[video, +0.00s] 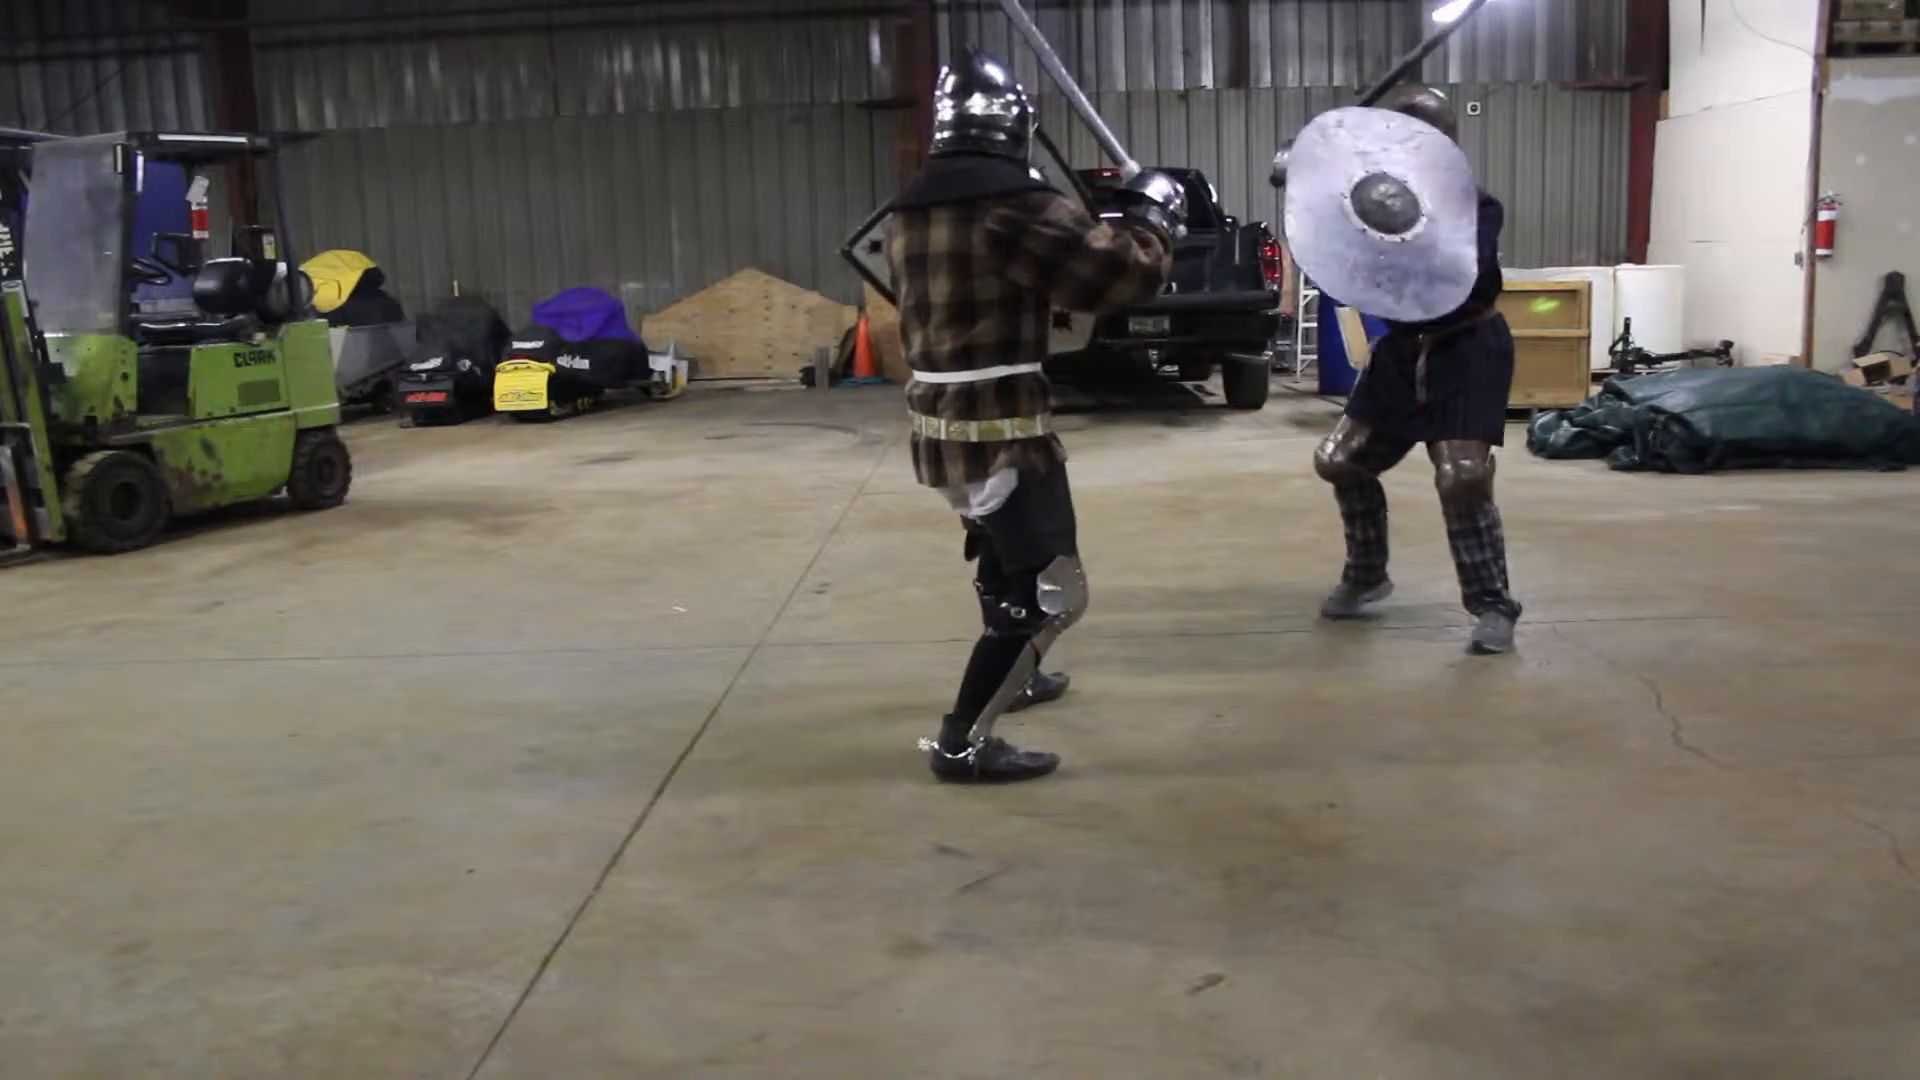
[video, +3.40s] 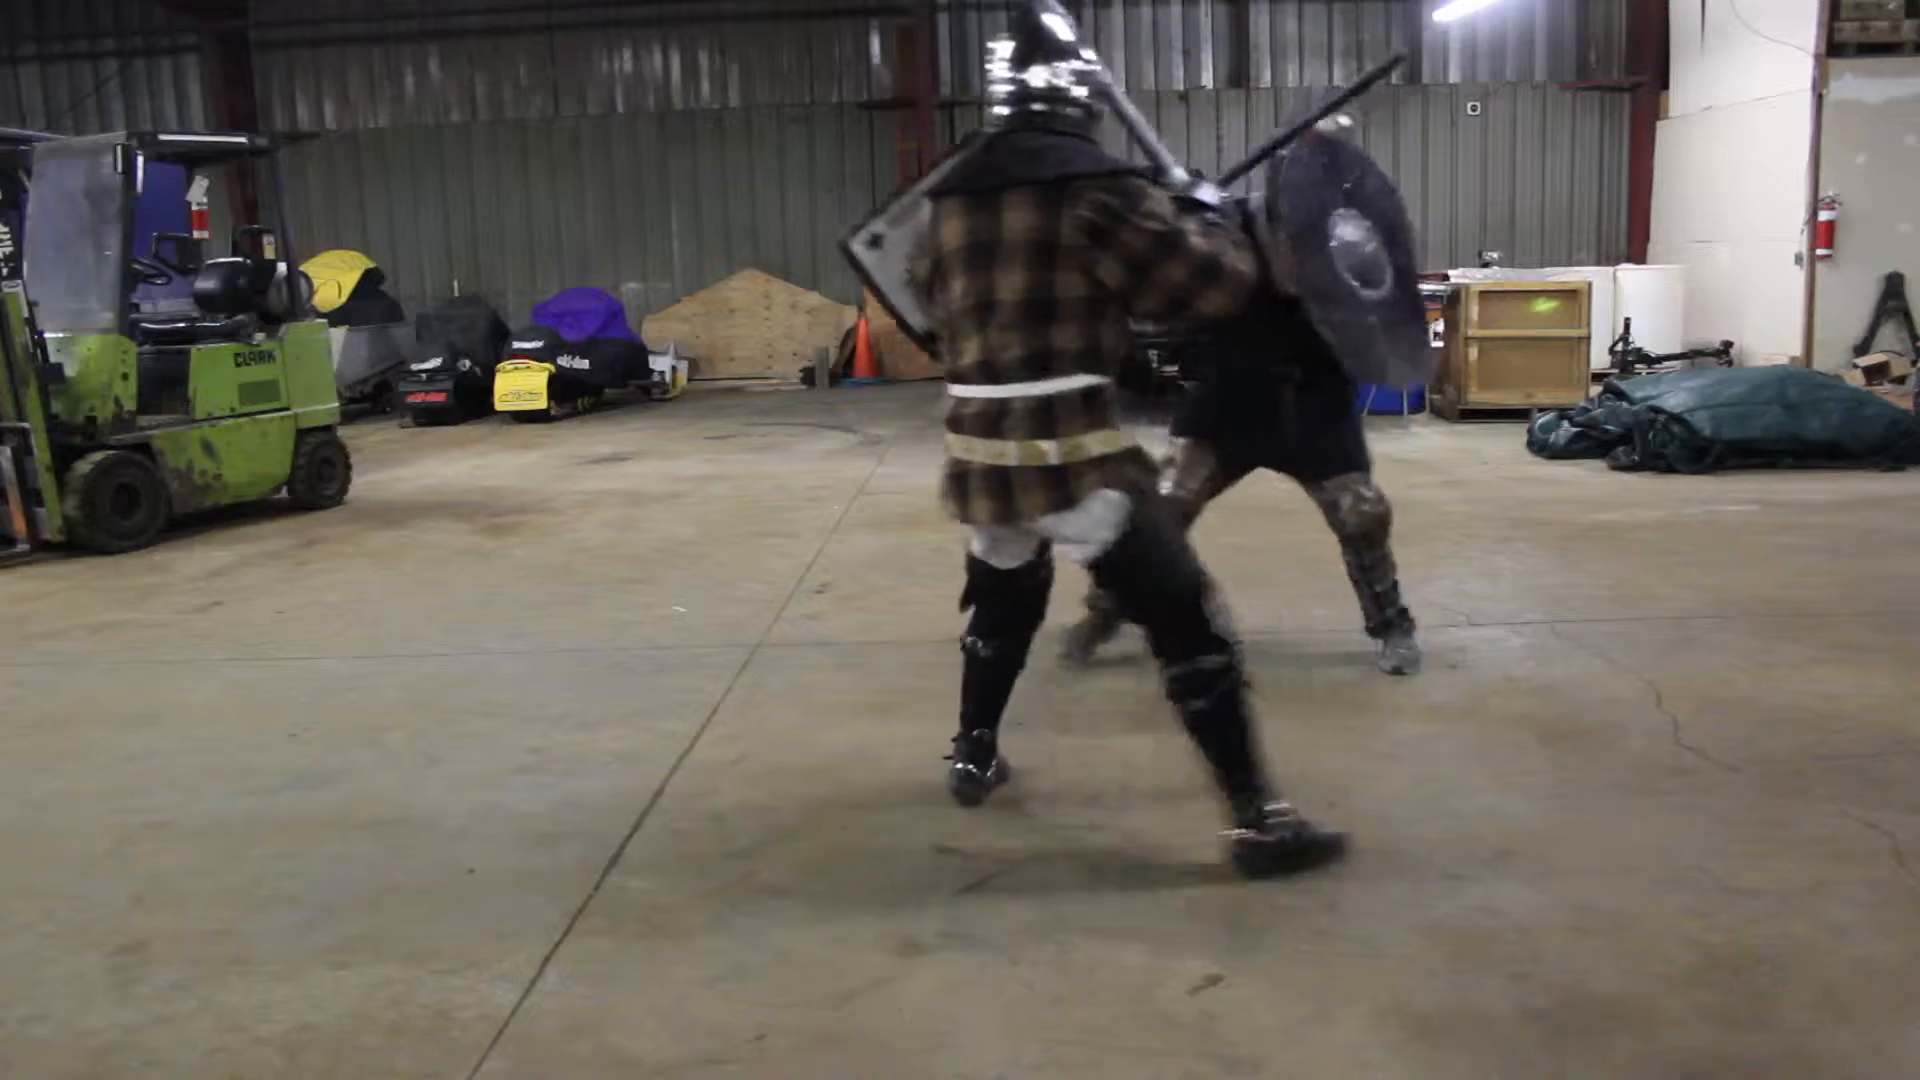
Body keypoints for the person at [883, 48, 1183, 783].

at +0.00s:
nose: (1026, 132)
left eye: (1020, 120)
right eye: (1021, 120)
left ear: (943, 119)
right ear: (1013, 122)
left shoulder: (913, 203)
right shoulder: (1014, 202)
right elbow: (1125, 273)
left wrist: (1087, 210)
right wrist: (1154, 217)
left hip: (941, 428)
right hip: (1003, 431)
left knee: (1000, 552)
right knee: (1046, 593)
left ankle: (1016, 675)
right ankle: (964, 738)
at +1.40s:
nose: (1090, 99)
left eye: (1082, 85)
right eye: (1086, 86)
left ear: (998, 78)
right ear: (1076, 88)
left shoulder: (945, 175)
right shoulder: (1091, 182)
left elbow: (921, 281)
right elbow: (1186, 277)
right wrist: (1221, 217)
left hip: (959, 438)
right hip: (1062, 442)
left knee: (947, 594)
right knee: (1116, 591)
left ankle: (916, 746)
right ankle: (1068, 767)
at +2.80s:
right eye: (1119, 45)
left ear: (1025, 59)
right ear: (1116, 57)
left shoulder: (972, 172)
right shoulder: (1158, 147)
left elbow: (946, 323)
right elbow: (1259, 280)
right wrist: (1273, 209)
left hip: (1037, 454)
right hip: (1157, 448)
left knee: (1045, 634)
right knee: (1228, 619)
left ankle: (1036, 825)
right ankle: (1207, 817)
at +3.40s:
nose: (1104, 119)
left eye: (1097, 106)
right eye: (1100, 105)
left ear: (1008, 102)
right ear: (1084, 104)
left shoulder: (950, 195)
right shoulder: (1095, 191)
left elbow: (934, 315)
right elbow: (1221, 281)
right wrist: (1218, 215)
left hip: (982, 460)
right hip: (1085, 460)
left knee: (1002, 606)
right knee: (1185, 619)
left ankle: (972, 754)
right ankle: (1256, 814)